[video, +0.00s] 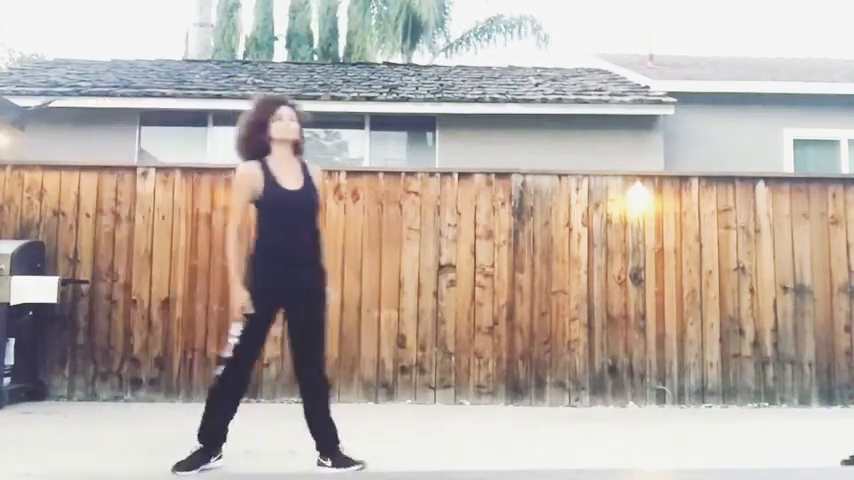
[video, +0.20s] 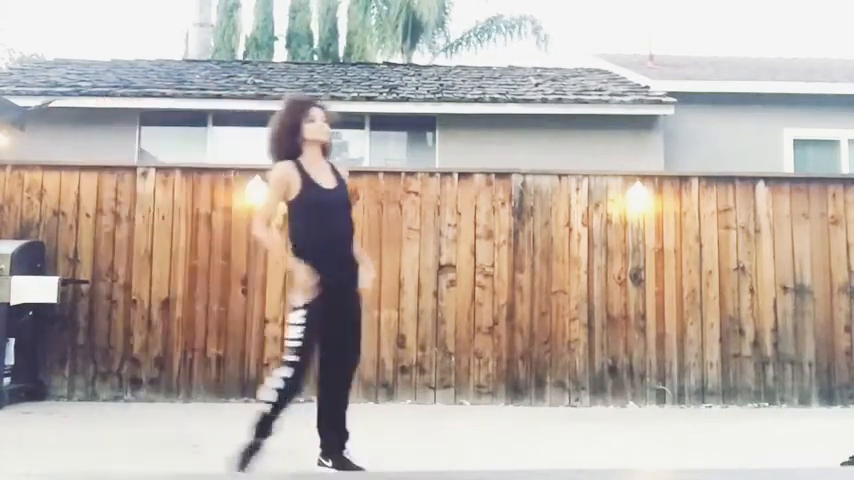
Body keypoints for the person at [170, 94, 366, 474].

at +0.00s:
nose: (288, 124)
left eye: (292, 119)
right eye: (280, 119)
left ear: (300, 128)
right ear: (264, 128)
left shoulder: (309, 170)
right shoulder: (251, 172)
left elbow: (313, 229)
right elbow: (235, 231)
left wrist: (319, 276)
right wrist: (237, 286)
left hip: (307, 279)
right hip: (266, 279)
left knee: (312, 367)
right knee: (238, 363)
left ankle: (328, 450)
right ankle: (210, 444)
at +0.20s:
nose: (323, 125)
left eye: (325, 120)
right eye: (314, 120)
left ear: (328, 128)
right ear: (297, 128)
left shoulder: (335, 170)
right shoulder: (286, 172)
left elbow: (339, 225)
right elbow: (260, 227)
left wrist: (361, 257)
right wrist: (294, 265)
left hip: (344, 275)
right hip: (309, 278)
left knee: (340, 366)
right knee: (295, 367)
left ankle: (333, 451)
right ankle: (255, 442)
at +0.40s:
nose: (344, 127)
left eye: (346, 122)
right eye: (335, 122)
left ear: (348, 129)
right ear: (318, 130)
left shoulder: (352, 170)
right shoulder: (308, 169)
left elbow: (356, 217)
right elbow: (278, 217)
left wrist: (369, 240)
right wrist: (325, 232)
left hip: (364, 272)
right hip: (334, 274)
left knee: (358, 357)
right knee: (363, 352)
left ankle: (336, 449)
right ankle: (361, 443)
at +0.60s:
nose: (358, 131)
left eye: (359, 126)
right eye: (348, 128)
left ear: (363, 133)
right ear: (333, 137)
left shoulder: (371, 176)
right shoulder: (333, 171)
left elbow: (378, 232)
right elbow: (315, 225)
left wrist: (389, 275)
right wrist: (357, 259)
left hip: (378, 274)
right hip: (347, 276)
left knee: (392, 357)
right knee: (386, 359)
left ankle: (347, 440)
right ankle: (431, 446)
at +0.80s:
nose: (370, 129)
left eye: (369, 124)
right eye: (360, 127)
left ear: (375, 131)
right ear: (347, 141)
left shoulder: (385, 178)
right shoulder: (356, 170)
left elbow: (393, 239)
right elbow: (357, 232)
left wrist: (406, 287)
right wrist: (382, 284)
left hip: (387, 276)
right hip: (360, 278)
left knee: (414, 362)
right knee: (390, 368)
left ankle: (362, 437)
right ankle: (433, 455)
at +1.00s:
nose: (385, 133)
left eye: (384, 128)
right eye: (375, 131)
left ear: (389, 135)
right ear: (362, 145)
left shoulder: (392, 178)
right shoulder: (375, 174)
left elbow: (396, 245)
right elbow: (377, 239)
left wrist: (410, 295)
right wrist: (390, 296)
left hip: (383, 278)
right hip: (360, 279)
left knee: (418, 362)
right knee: (391, 367)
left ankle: (366, 437)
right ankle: (431, 456)